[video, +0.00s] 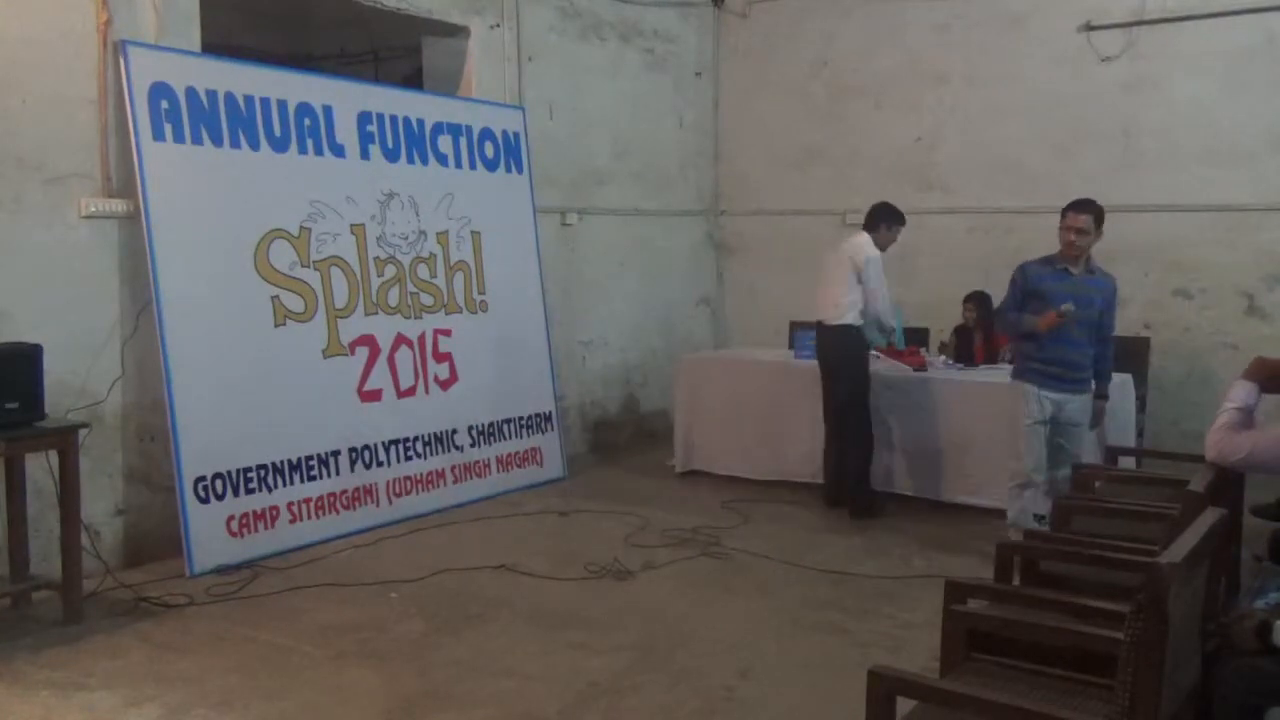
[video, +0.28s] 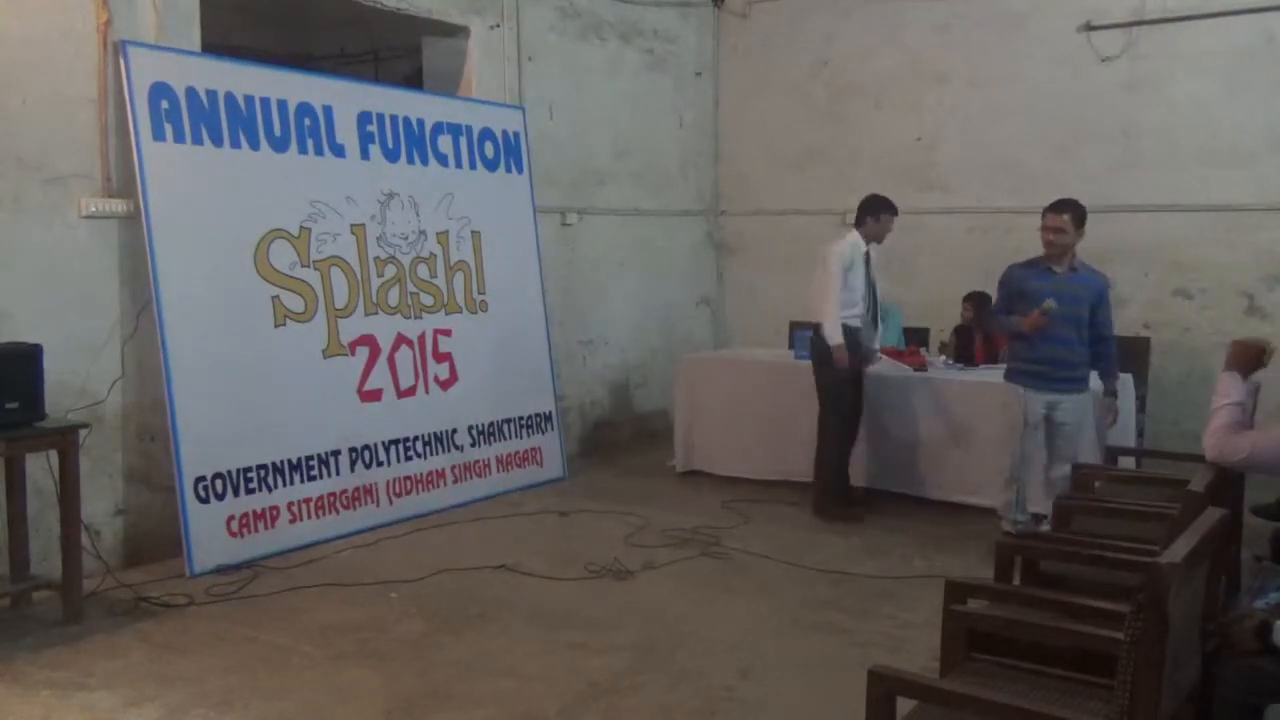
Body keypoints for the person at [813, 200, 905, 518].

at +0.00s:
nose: (896, 240)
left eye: (898, 234)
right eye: (895, 232)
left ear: (872, 225)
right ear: (882, 227)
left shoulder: (846, 245)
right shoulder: (867, 249)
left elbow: (849, 305)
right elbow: (877, 303)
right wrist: (894, 330)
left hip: (826, 334)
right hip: (847, 335)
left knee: (836, 416)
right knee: (856, 417)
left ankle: (835, 491)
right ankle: (860, 498)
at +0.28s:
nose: (889, 232)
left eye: (891, 225)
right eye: (887, 224)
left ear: (871, 221)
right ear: (870, 220)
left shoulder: (864, 253)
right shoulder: (839, 251)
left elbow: (864, 305)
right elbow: (828, 300)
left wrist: (869, 343)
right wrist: (837, 342)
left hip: (854, 339)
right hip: (834, 340)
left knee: (849, 418)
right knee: (836, 419)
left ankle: (839, 492)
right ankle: (827, 499)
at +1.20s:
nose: (850, 231)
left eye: (850, 225)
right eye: (850, 225)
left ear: (823, 222)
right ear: (843, 225)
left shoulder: (813, 247)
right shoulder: (824, 247)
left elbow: (806, 301)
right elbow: (816, 299)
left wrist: (833, 345)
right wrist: (835, 346)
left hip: (793, 336)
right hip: (800, 338)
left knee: (800, 420)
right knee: (805, 421)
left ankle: (797, 496)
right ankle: (801, 499)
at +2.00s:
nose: (815, 234)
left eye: (817, 228)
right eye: (813, 227)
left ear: (798, 224)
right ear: (795, 222)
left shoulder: (794, 257)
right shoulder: (767, 254)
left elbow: (802, 303)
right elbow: (774, 308)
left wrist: (825, 329)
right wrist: (806, 346)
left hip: (791, 348)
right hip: (765, 349)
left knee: (799, 426)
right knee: (767, 429)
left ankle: (793, 495)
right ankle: (760, 508)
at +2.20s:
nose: (805, 230)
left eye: (808, 224)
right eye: (801, 223)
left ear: (803, 223)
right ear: (781, 219)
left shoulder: (801, 255)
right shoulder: (752, 256)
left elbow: (803, 310)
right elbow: (745, 314)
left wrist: (813, 351)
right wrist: (761, 360)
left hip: (796, 348)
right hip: (763, 349)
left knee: (801, 432)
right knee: (758, 433)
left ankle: (785, 498)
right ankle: (758, 507)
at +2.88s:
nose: (793, 223)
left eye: (795, 216)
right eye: (787, 216)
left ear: (794, 219)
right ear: (764, 217)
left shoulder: (802, 256)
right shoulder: (733, 261)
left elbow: (820, 298)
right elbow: (722, 317)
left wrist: (828, 335)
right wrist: (716, 370)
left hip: (786, 360)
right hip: (743, 359)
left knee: (790, 447)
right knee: (732, 450)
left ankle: (794, 523)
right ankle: (719, 540)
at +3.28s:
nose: (767, 217)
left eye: (769, 210)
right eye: (761, 209)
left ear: (762, 213)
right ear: (738, 210)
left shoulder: (766, 251)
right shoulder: (708, 254)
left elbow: (779, 300)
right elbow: (703, 314)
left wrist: (770, 317)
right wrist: (711, 364)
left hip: (751, 351)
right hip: (716, 355)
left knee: (774, 442)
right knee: (716, 454)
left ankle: (738, 499)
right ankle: (715, 548)